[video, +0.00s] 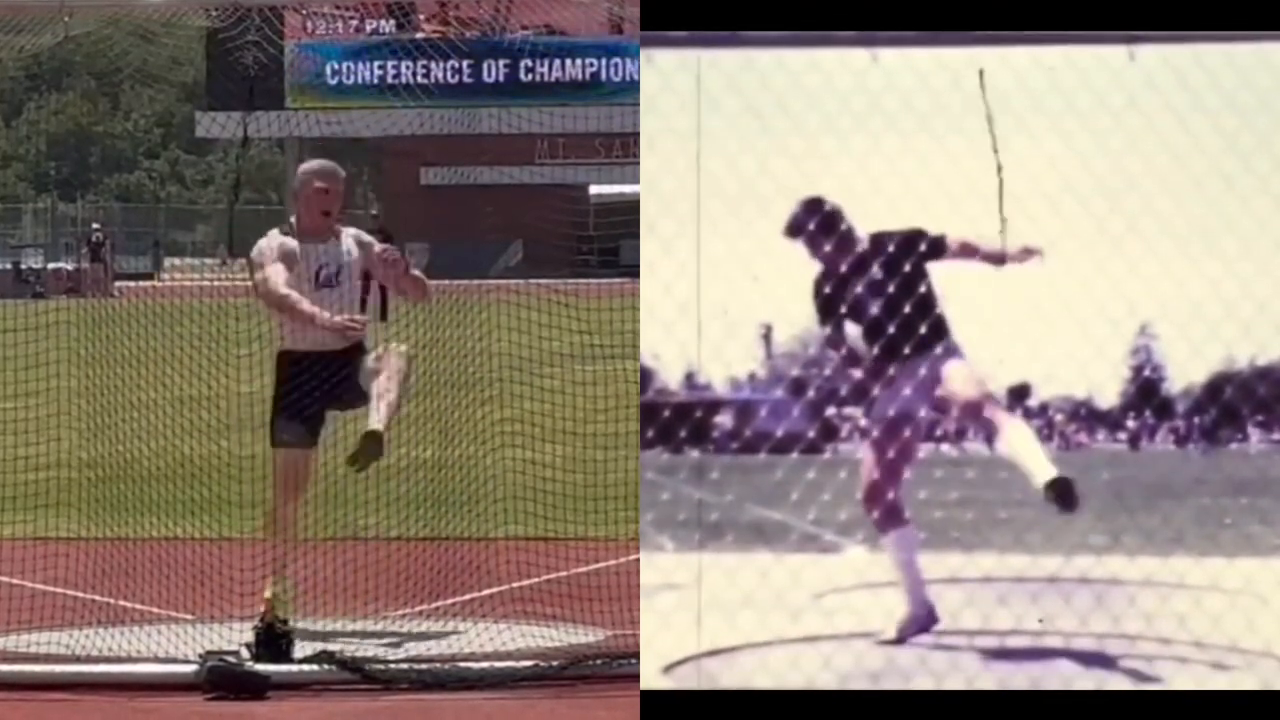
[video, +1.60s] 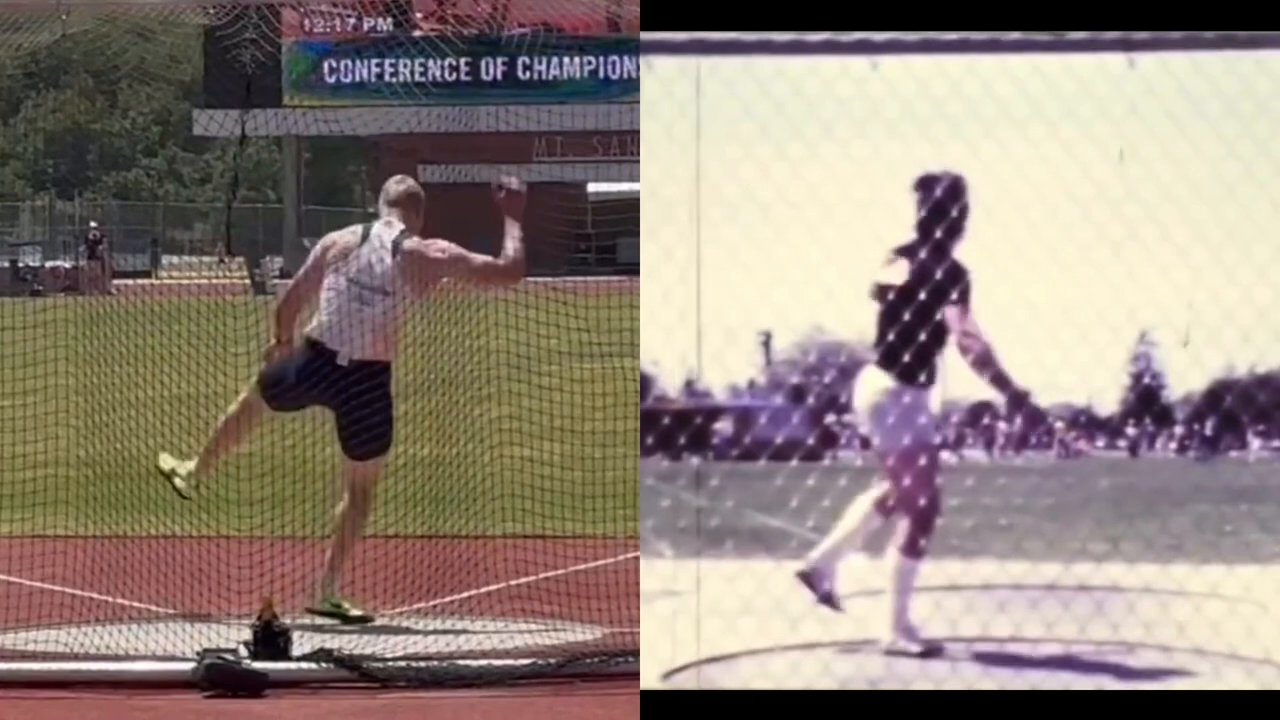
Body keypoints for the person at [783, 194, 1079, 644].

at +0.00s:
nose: (815, 253)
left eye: (817, 241)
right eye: (808, 245)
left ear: (836, 229)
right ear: (811, 245)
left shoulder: (896, 247)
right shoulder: (828, 288)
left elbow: (959, 248)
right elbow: (835, 342)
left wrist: (1004, 256)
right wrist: (858, 365)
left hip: (936, 360)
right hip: (891, 381)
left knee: (980, 401)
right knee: (877, 494)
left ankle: (1050, 482)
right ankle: (918, 606)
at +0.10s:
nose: (822, 247)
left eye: (823, 236)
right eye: (815, 241)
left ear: (841, 221)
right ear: (815, 239)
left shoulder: (900, 240)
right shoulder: (825, 279)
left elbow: (964, 244)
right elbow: (825, 335)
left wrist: (1011, 247)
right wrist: (840, 371)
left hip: (939, 356)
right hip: (890, 377)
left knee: (994, 398)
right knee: (873, 489)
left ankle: (1093, 468)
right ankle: (909, 600)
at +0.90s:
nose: (891, 226)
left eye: (892, 216)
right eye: (880, 220)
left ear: (895, 215)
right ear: (860, 228)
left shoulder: (909, 254)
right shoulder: (849, 282)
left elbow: (947, 278)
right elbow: (836, 355)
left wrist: (999, 256)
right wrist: (846, 420)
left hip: (938, 376)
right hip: (892, 398)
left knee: (1015, 416)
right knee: (890, 504)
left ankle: (1030, 469)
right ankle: (895, 625)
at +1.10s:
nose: (922, 228)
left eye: (920, 219)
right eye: (913, 221)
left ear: (912, 222)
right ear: (889, 227)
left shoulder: (915, 262)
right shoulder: (867, 276)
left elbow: (938, 281)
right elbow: (866, 353)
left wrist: (989, 261)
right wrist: (874, 420)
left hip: (932, 385)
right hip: (889, 398)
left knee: (1006, 435)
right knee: (897, 507)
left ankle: (975, 499)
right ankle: (897, 623)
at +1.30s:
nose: (938, 217)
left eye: (936, 208)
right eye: (931, 209)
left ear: (907, 214)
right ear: (912, 216)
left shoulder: (917, 261)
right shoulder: (888, 269)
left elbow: (933, 277)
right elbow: (888, 325)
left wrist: (972, 263)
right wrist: (900, 353)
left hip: (922, 382)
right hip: (885, 390)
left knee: (979, 444)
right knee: (903, 506)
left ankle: (922, 520)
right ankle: (897, 619)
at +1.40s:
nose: (950, 218)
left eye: (947, 209)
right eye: (948, 209)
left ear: (907, 209)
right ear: (939, 212)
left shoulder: (906, 251)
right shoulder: (914, 267)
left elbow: (925, 271)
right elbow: (917, 343)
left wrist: (965, 268)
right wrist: (946, 391)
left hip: (911, 384)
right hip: (890, 390)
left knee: (956, 465)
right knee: (911, 504)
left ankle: (877, 538)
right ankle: (897, 622)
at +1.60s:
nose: (967, 222)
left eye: (963, 212)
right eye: (964, 213)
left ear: (922, 212)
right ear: (957, 216)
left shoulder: (898, 259)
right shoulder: (948, 271)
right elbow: (966, 339)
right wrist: (1011, 391)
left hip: (875, 382)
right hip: (902, 392)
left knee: (897, 487)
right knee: (923, 507)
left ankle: (820, 564)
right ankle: (900, 624)